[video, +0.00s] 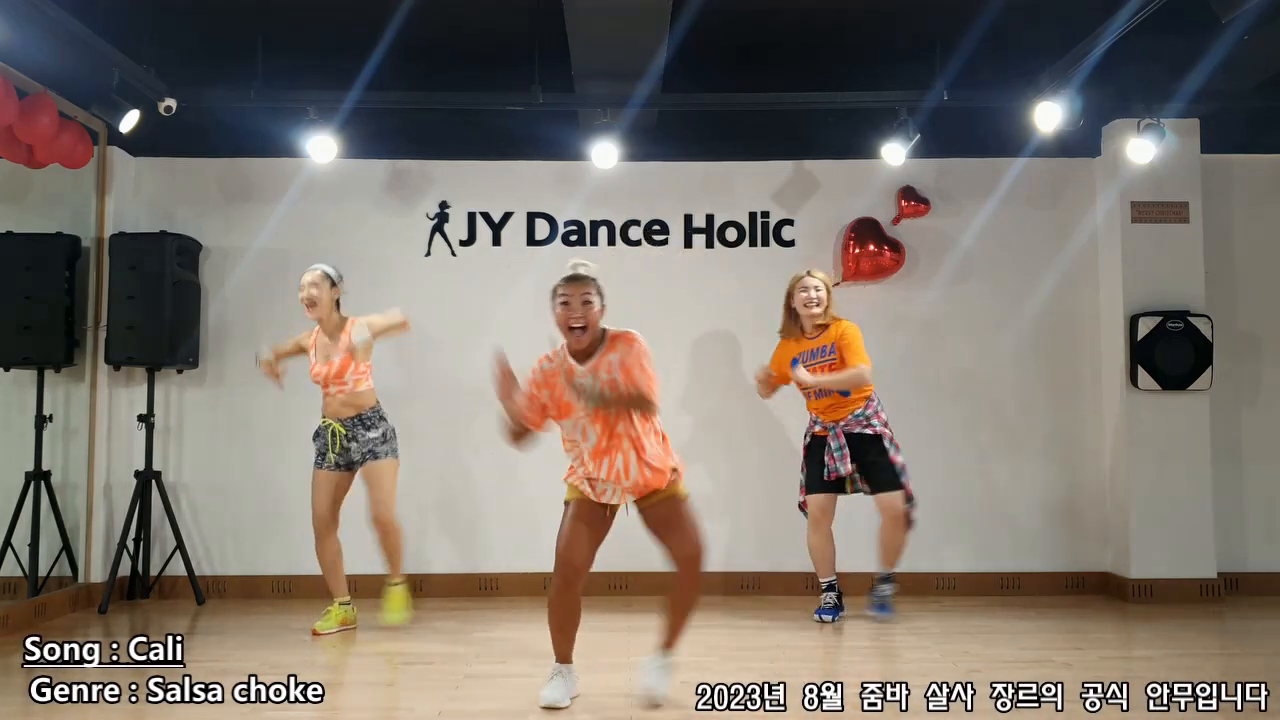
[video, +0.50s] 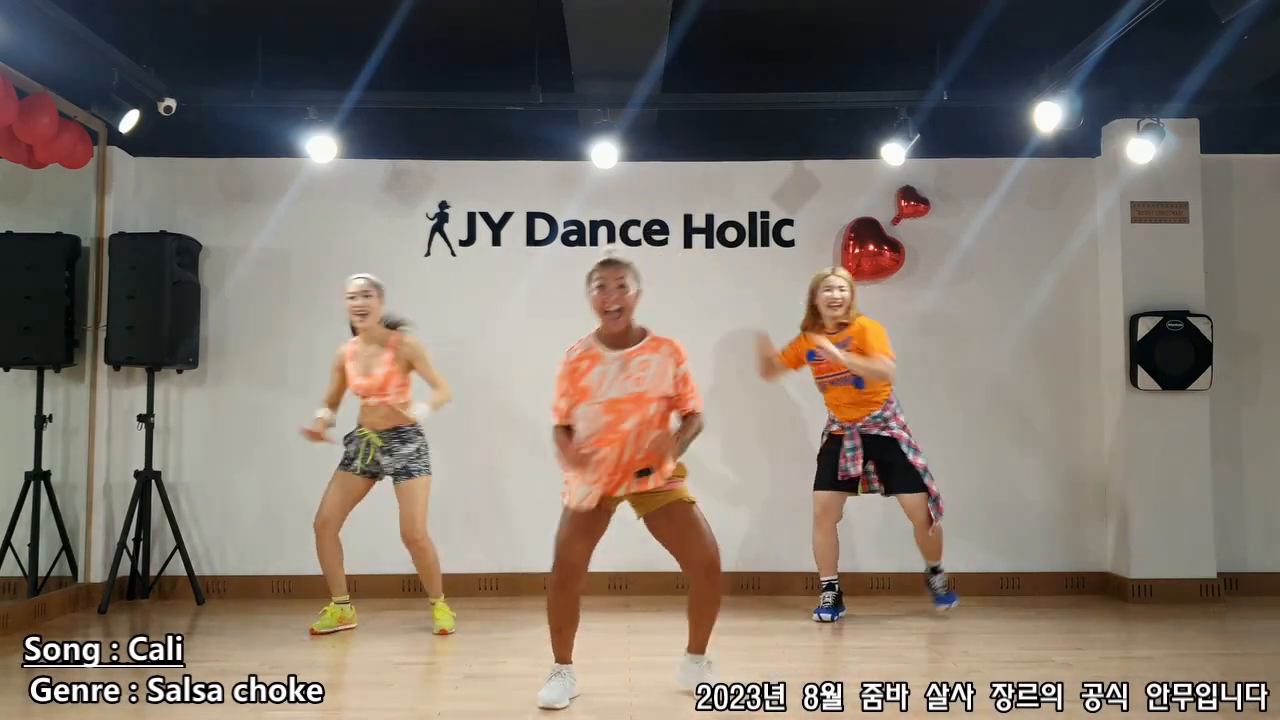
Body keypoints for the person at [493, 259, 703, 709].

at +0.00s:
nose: (576, 310)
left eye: (586, 300)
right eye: (566, 302)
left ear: (602, 308)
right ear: (554, 312)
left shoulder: (627, 346)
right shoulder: (547, 369)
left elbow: (647, 400)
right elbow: (520, 435)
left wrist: (595, 395)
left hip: (649, 468)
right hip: (592, 475)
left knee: (691, 556)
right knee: (566, 569)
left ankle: (663, 657)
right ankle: (562, 670)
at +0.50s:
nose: (611, 296)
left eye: (620, 287)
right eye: (601, 289)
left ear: (637, 294)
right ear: (590, 299)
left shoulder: (666, 352)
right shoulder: (576, 358)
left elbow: (693, 416)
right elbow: (562, 426)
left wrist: (672, 448)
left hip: (654, 474)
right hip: (593, 476)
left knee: (706, 561)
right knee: (566, 566)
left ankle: (696, 662)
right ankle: (562, 670)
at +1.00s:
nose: (704, 296)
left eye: (711, 288)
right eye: (693, 288)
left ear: (723, 298)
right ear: (676, 300)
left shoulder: (738, 363)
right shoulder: (649, 358)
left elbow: (748, 423)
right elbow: (606, 419)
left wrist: (742, 430)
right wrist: (643, 424)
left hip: (710, 482)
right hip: (650, 480)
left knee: (775, 553)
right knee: (641, 564)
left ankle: (762, 656)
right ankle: (648, 668)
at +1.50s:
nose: (759, 309)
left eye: (766, 299)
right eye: (747, 300)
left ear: (776, 307)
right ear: (729, 310)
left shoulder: (783, 376)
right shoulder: (706, 357)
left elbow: (810, 425)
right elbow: (699, 426)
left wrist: (824, 418)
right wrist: (753, 416)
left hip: (719, 489)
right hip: (662, 469)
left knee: (770, 564)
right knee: (595, 544)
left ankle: (755, 666)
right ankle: (568, 631)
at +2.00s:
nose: (654, 275)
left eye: (662, 267)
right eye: (643, 268)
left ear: (675, 278)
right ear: (629, 281)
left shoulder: (696, 330)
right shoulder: (616, 333)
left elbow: (752, 365)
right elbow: (565, 371)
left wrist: (725, 339)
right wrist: (584, 344)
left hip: (672, 461)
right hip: (614, 456)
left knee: (691, 562)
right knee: (576, 545)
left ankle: (670, 665)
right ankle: (589, 654)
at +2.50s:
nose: (569, 287)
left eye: (579, 279)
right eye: (559, 279)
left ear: (596, 287)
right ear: (547, 290)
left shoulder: (612, 326)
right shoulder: (541, 339)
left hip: (650, 457)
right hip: (595, 468)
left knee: (707, 555)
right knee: (548, 560)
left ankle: (767, 641)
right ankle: (540, 672)